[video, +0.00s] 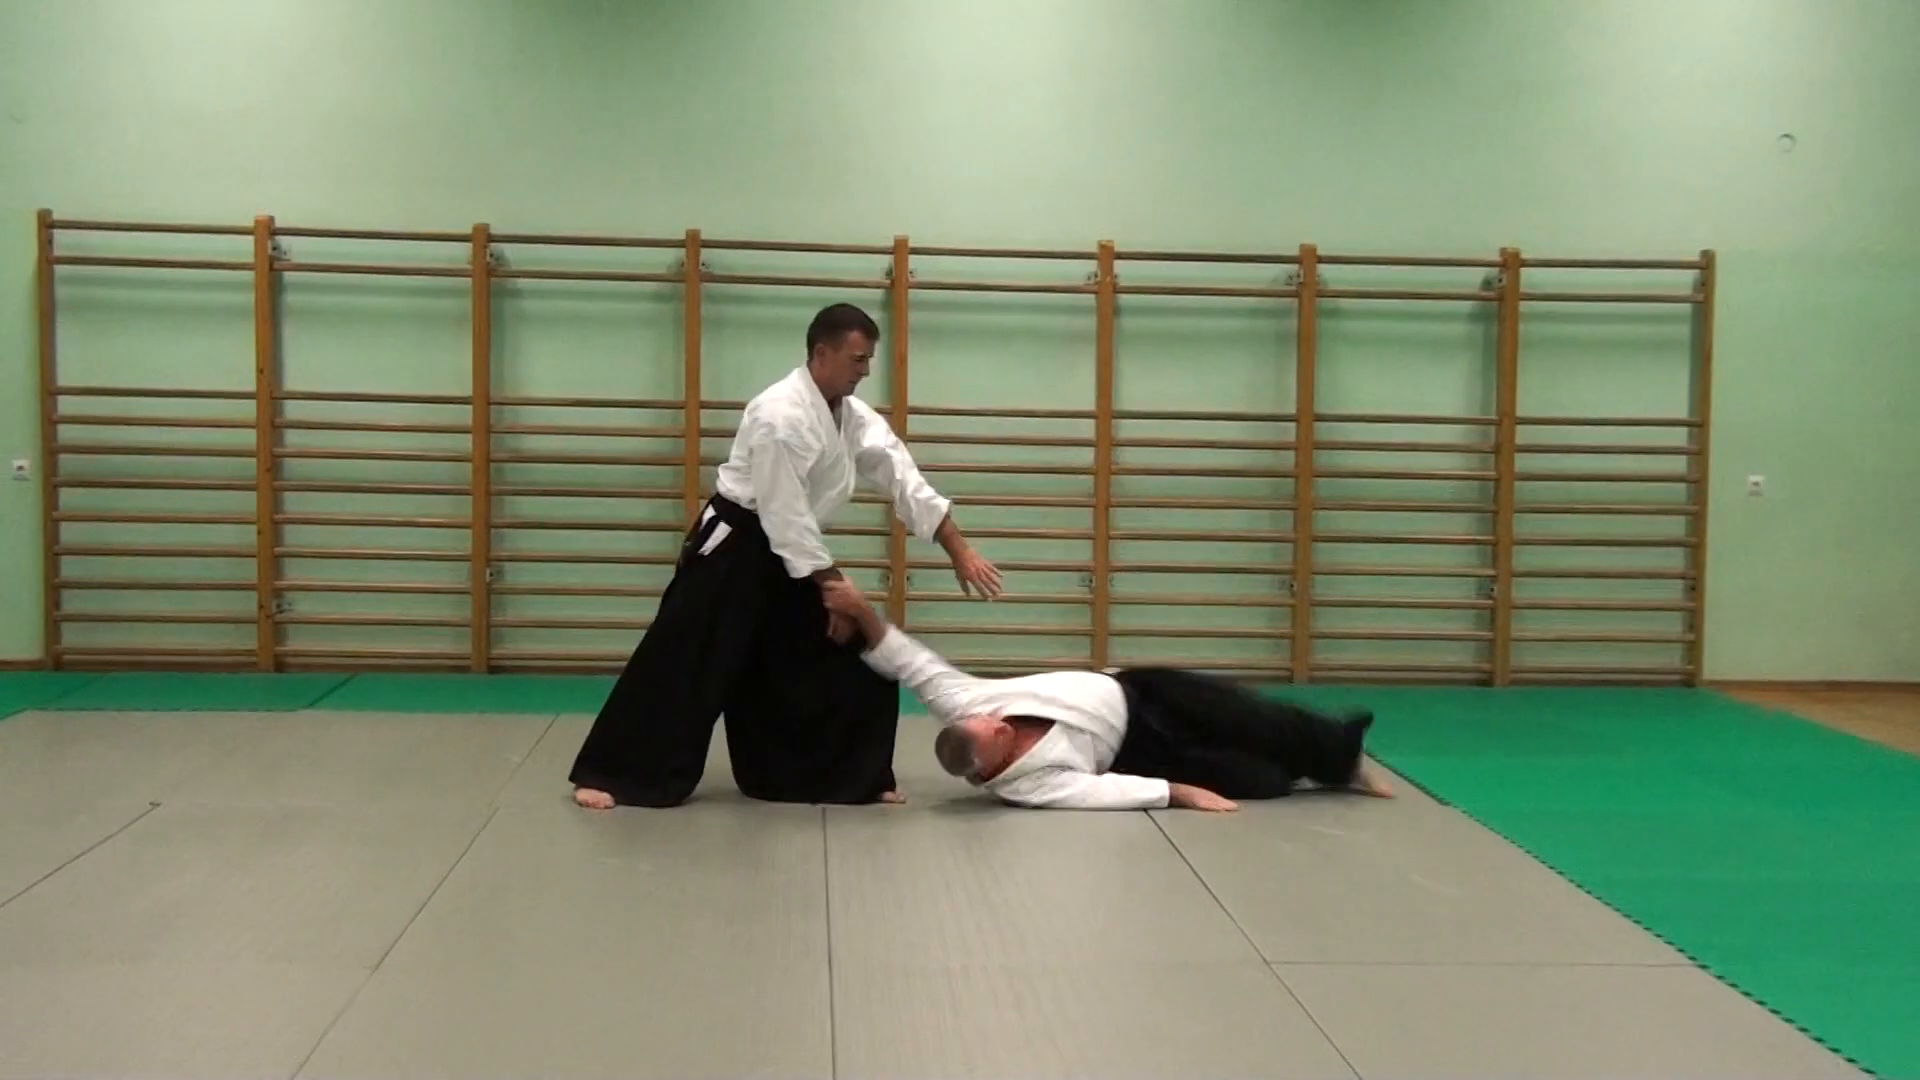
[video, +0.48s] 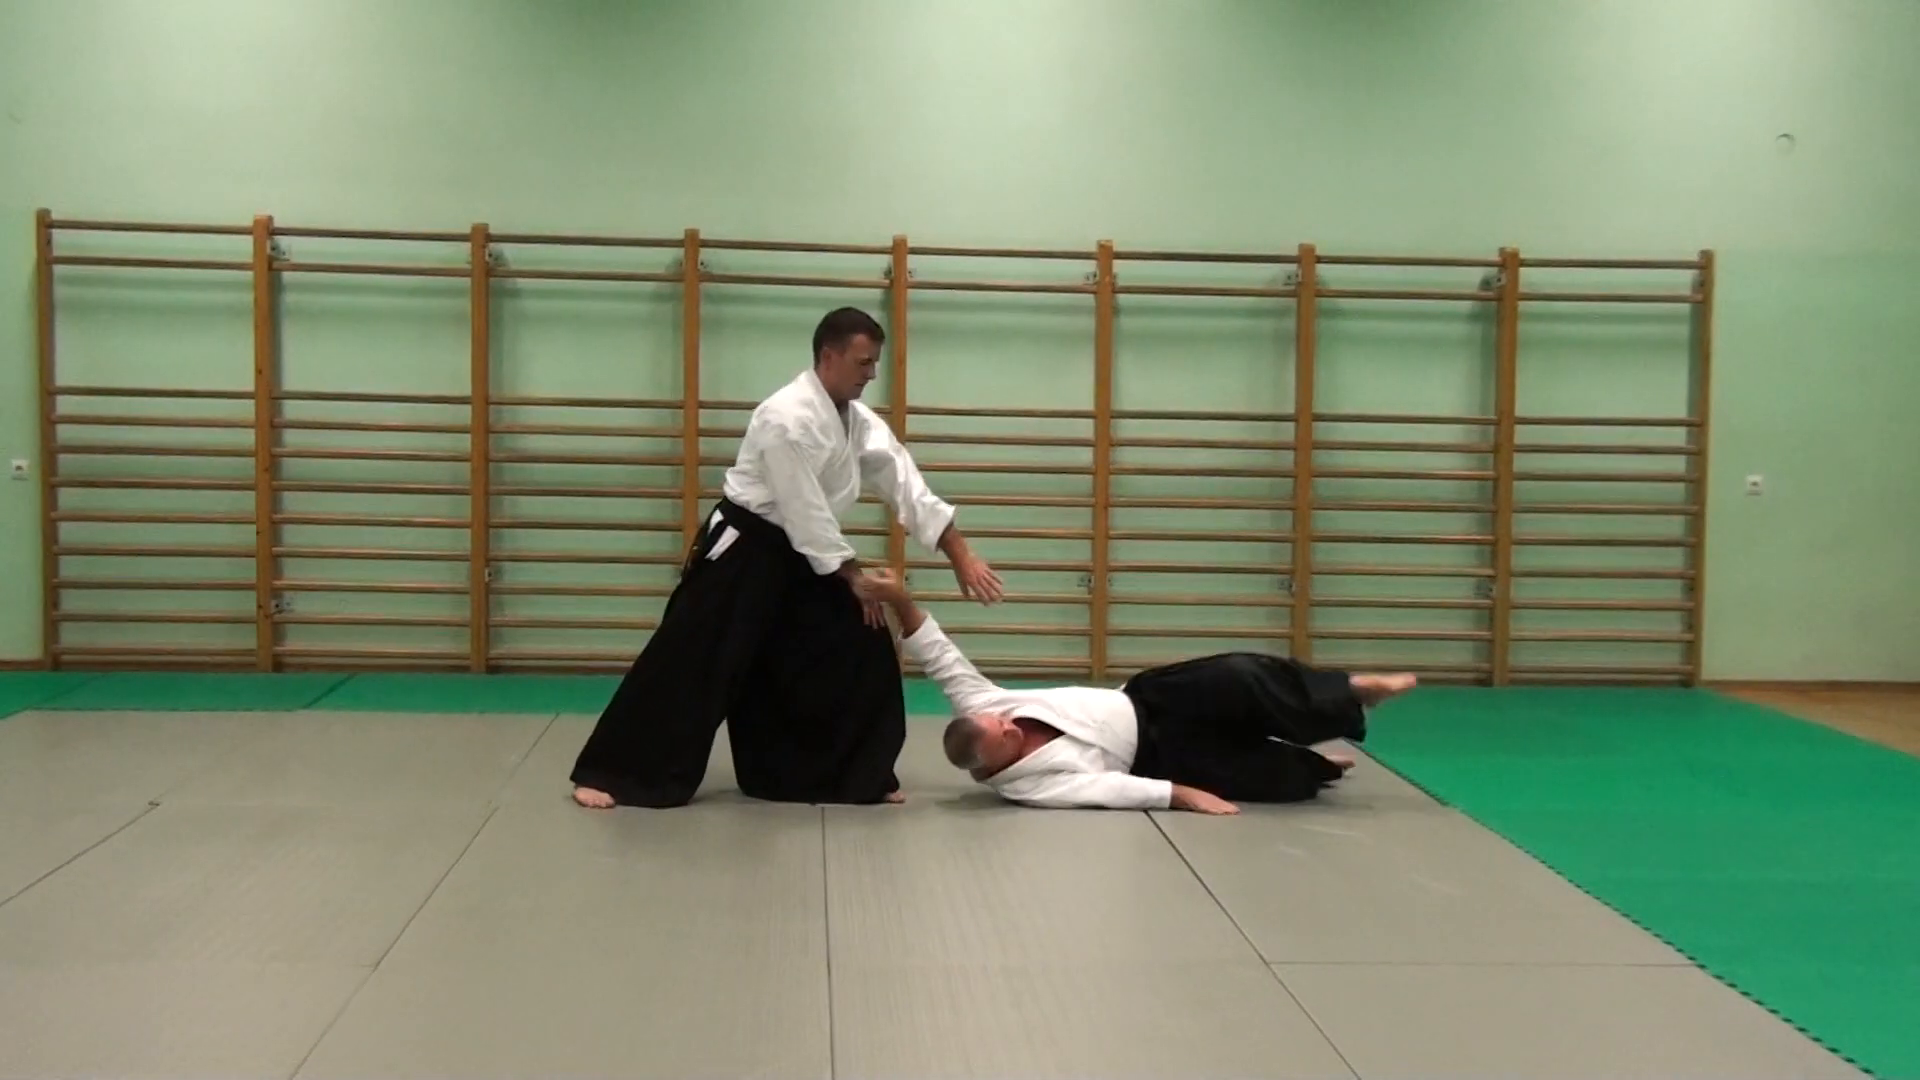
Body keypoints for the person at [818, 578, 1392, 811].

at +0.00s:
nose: (1004, 728)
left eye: (992, 726)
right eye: (996, 741)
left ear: (983, 722)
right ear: (989, 769)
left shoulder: (967, 706)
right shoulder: (1031, 784)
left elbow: (916, 662)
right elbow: (1105, 788)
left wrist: (865, 621)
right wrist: (1176, 793)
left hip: (1139, 692)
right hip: (1148, 750)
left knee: (1252, 717)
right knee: (1254, 777)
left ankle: (1341, 754)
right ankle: (1311, 771)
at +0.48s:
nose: (1010, 726)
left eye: (1001, 721)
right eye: (1002, 740)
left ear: (992, 714)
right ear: (992, 767)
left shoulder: (986, 705)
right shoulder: (1035, 782)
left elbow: (942, 657)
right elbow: (1109, 788)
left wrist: (903, 602)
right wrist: (1177, 795)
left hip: (1144, 700)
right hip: (1159, 756)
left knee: (1244, 675)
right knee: (1259, 771)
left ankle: (1347, 691)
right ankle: (1312, 768)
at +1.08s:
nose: (1111, 578)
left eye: (1106, 571)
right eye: (1108, 572)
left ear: (1062, 583)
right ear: (1099, 579)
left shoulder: (1046, 631)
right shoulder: (1104, 637)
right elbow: (1133, 714)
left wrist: (1082, 717)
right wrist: (1181, 779)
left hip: (1122, 741)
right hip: (1157, 749)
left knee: (1201, 657)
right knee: (1279, 694)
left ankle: (1272, 711)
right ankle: (1375, 706)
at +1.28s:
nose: (1115, 567)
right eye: (1114, 560)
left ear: (1065, 575)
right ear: (1111, 562)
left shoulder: (1045, 625)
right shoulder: (1125, 588)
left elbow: (1028, 702)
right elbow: (1187, 629)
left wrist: (1030, 752)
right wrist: (1251, 671)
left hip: (1124, 749)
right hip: (1175, 712)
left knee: (1256, 748)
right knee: (1274, 677)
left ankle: (1334, 757)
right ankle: (1355, 745)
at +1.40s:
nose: (1079, 546)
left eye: (1076, 547)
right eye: (1077, 546)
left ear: (1060, 578)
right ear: (1100, 561)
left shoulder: (1050, 621)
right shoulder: (1138, 577)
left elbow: (1035, 696)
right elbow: (1212, 588)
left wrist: (1033, 752)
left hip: (1135, 736)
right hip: (1184, 693)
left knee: (1261, 746)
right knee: (1275, 672)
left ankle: (1333, 755)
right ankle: (1356, 748)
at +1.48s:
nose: (1047, 589)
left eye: (1045, 581)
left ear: (1050, 578)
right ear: (1088, 556)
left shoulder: (1055, 617)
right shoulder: (1136, 571)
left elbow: (1041, 691)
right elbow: (1212, 579)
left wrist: (1034, 753)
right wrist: (1257, 605)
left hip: (1147, 715)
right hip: (1190, 672)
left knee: (1236, 748)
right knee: (1279, 678)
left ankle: (1323, 751)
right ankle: (1350, 743)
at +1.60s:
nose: (1028, 588)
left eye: (1026, 579)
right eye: (1026, 579)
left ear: (1036, 570)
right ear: (1062, 548)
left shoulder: (1057, 603)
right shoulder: (1116, 551)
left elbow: (1044, 676)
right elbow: (1183, 563)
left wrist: (1034, 750)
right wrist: (1213, 608)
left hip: (1180, 659)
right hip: (1220, 623)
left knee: (1174, 738)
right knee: (1284, 686)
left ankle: (1266, 752)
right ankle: (1346, 734)